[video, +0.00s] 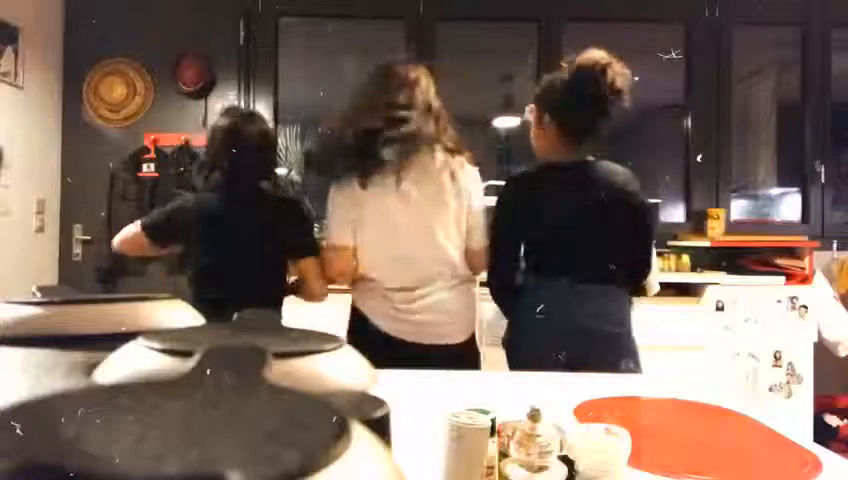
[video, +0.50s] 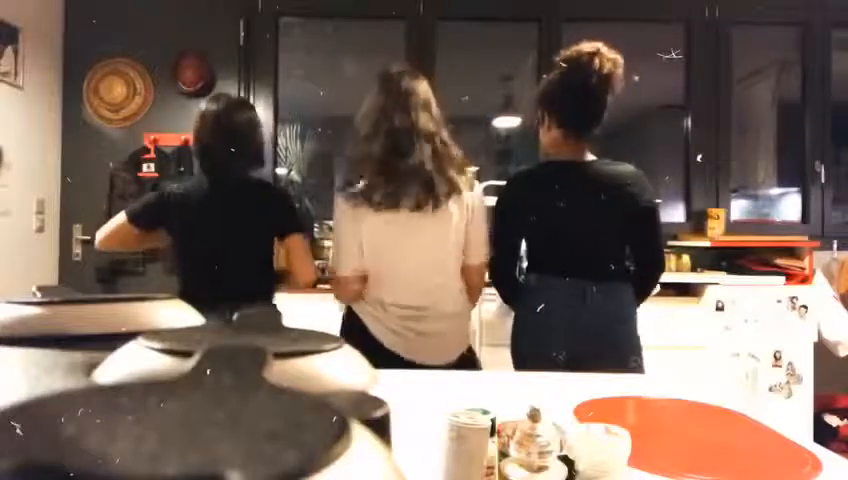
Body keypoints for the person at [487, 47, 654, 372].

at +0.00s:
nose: (531, 131)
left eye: (533, 122)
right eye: (531, 122)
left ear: (548, 124)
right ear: (591, 122)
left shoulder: (522, 188)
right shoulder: (624, 184)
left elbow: (500, 275)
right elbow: (638, 271)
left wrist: (525, 316)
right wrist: (611, 296)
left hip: (541, 316)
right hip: (608, 313)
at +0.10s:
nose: (536, 129)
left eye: (537, 120)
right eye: (536, 120)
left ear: (550, 120)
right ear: (595, 119)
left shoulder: (523, 184)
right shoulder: (626, 179)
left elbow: (504, 269)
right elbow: (645, 262)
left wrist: (526, 311)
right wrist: (619, 299)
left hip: (543, 308)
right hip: (611, 309)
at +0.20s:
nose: (539, 130)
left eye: (539, 120)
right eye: (540, 120)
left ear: (549, 121)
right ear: (595, 120)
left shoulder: (524, 187)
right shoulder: (630, 183)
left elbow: (505, 267)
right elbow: (650, 264)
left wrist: (523, 310)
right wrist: (619, 305)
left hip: (543, 304)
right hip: (609, 305)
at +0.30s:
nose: (539, 132)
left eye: (540, 122)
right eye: (540, 122)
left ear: (548, 125)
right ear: (595, 124)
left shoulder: (525, 189)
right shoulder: (629, 186)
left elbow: (502, 271)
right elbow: (655, 267)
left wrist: (525, 311)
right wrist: (622, 310)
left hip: (541, 309)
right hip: (607, 310)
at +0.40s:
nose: (539, 129)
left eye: (540, 120)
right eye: (541, 120)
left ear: (548, 120)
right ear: (596, 120)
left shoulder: (524, 186)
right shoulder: (628, 180)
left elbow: (505, 267)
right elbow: (652, 263)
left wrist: (528, 306)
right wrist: (622, 303)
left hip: (544, 304)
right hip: (610, 306)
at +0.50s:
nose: (539, 128)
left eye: (540, 119)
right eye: (542, 119)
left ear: (546, 119)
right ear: (596, 120)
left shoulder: (522, 186)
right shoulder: (629, 182)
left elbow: (502, 269)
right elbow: (651, 264)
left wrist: (529, 302)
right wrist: (622, 302)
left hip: (543, 305)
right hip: (611, 306)